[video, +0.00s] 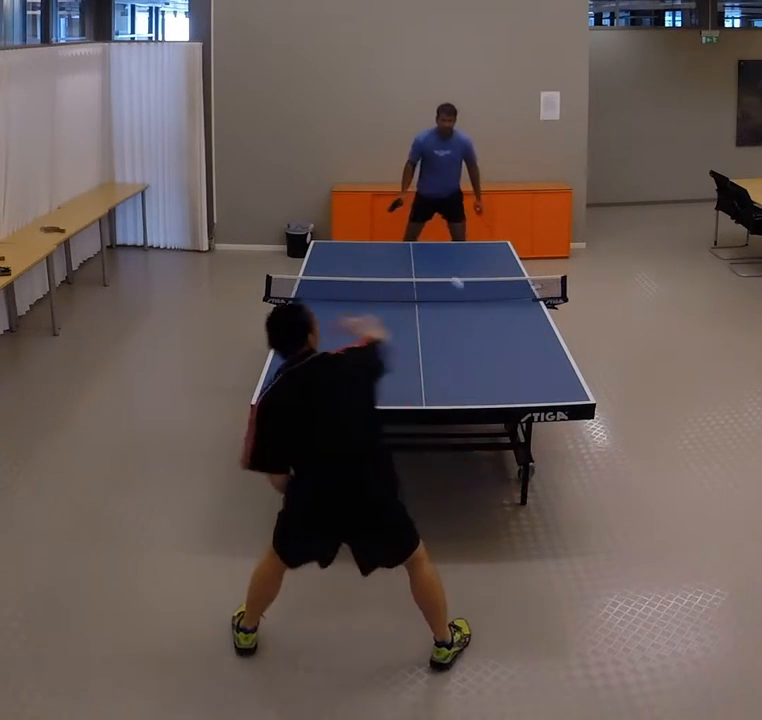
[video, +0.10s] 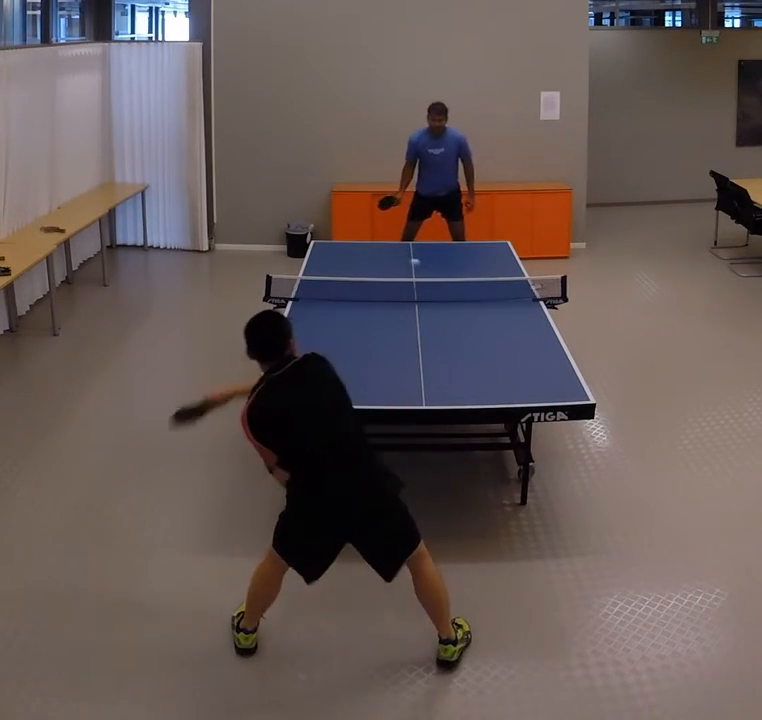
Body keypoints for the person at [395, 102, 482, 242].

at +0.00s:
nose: (446, 125)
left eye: (450, 121)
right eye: (443, 121)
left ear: (455, 122)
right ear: (437, 120)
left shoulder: (463, 142)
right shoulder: (423, 140)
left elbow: (473, 169)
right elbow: (410, 165)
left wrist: (478, 198)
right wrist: (403, 193)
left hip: (452, 198)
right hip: (425, 197)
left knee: (460, 243)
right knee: (409, 241)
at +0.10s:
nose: (436, 124)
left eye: (440, 121)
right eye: (433, 120)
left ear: (446, 120)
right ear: (427, 119)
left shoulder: (457, 140)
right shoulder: (417, 140)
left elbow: (468, 166)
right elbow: (409, 166)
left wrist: (471, 195)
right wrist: (401, 191)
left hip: (450, 195)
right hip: (424, 196)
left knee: (459, 240)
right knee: (407, 238)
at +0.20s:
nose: (427, 131)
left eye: (430, 127)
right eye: (423, 127)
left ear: (437, 127)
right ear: (418, 127)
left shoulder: (450, 144)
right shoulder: (412, 148)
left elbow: (464, 168)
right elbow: (409, 175)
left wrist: (465, 196)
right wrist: (398, 194)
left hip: (447, 199)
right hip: (422, 200)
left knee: (459, 242)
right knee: (405, 241)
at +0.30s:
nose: (421, 137)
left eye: (425, 133)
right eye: (418, 133)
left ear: (432, 132)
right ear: (413, 133)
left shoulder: (446, 147)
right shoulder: (410, 156)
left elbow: (463, 170)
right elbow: (407, 184)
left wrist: (463, 199)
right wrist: (393, 197)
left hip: (450, 198)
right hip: (426, 200)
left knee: (462, 241)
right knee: (407, 240)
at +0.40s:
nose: (425, 140)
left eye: (428, 136)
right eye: (421, 136)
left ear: (436, 134)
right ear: (417, 136)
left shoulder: (451, 148)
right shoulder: (414, 156)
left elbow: (468, 170)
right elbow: (404, 180)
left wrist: (471, 198)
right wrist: (390, 199)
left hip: (456, 198)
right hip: (431, 200)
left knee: (472, 239)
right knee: (411, 240)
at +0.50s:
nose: (439, 138)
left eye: (443, 135)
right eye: (436, 135)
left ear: (450, 134)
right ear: (432, 134)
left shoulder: (462, 149)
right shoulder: (425, 153)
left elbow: (478, 169)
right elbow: (410, 178)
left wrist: (487, 197)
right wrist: (394, 195)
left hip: (462, 200)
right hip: (436, 202)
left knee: (479, 240)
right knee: (415, 241)